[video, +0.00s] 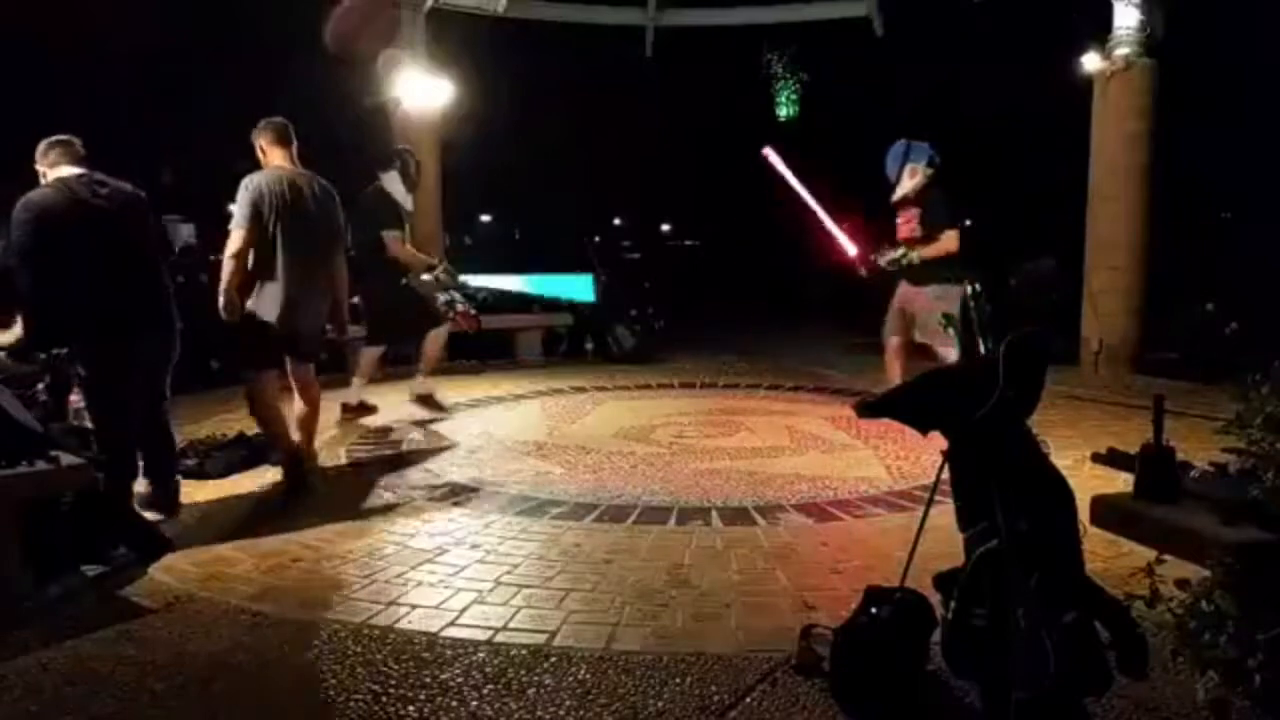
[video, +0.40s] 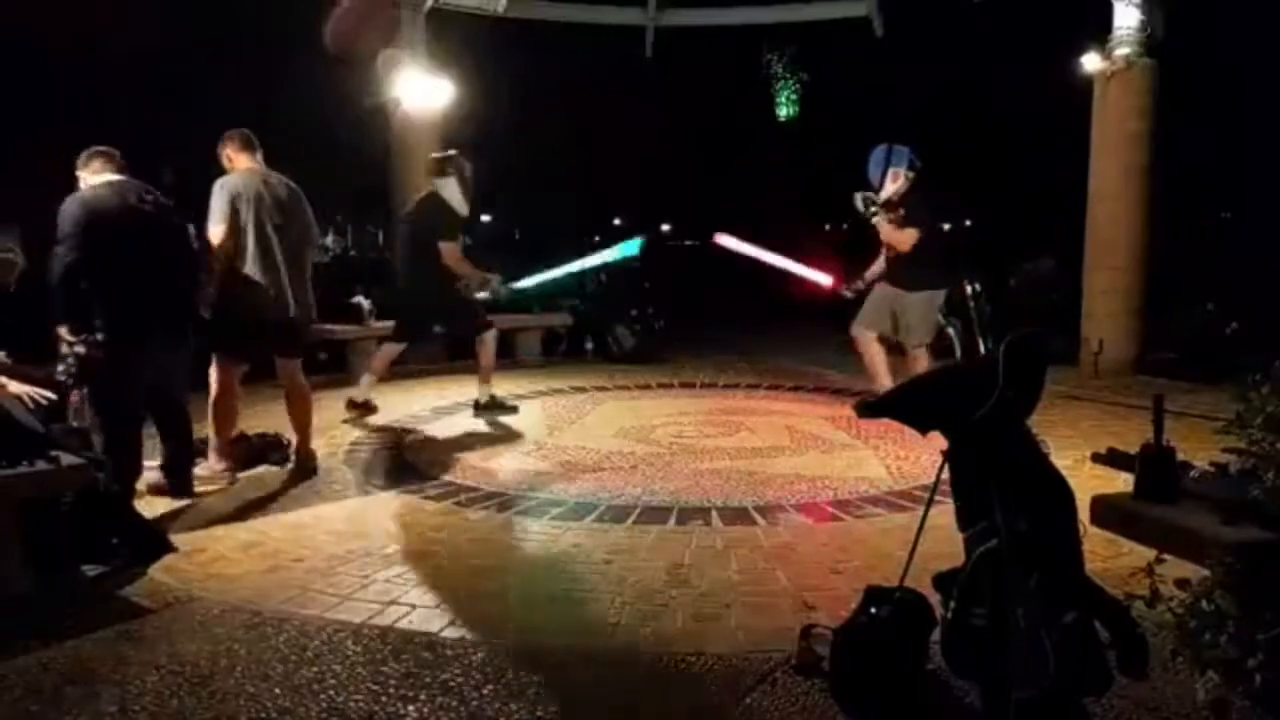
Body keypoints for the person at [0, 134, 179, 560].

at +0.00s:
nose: (39, 178)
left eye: (39, 172)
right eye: (41, 173)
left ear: (44, 170)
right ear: (84, 161)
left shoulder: (34, 206)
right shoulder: (130, 196)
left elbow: (25, 274)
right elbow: (158, 262)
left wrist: (30, 328)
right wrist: (162, 316)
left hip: (87, 329)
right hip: (145, 323)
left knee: (108, 421)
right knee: (152, 410)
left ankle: (113, 510)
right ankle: (164, 495)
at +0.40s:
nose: (78, 186)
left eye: (78, 179)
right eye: (79, 180)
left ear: (85, 175)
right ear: (120, 169)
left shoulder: (78, 205)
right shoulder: (155, 200)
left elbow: (66, 266)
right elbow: (187, 261)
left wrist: (65, 318)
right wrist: (183, 308)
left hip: (109, 325)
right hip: (164, 321)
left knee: (116, 417)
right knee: (171, 404)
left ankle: (119, 494)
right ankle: (179, 481)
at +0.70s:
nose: (108, 182)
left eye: (110, 176)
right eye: (109, 177)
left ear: (115, 172)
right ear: (146, 168)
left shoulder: (119, 193)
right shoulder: (172, 195)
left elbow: (99, 249)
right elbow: (188, 257)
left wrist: (83, 300)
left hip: (147, 313)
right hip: (187, 306)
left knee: (124, 385)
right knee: (178, 397)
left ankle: (161, 462)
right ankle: (178, 481)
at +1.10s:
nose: (127, 189)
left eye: (125, 181)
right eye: (125, 183)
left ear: (134, 169)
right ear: (158, 163)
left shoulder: (150, 198)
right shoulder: (189, 191)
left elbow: (128, 251)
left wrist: (111, 297)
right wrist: (134, 301)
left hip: (180, 315)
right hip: (204, 306)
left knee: (182, 405)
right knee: (178, 401)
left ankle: (199, 479)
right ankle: (175, 472)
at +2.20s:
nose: (130, 172)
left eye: (134, 163)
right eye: (129, 164)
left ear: (153, 161)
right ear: (157, 162)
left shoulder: (187, 194)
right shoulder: (174, 196)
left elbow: (185, 257)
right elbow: (179, 257)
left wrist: (170, 311)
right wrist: (159, 307)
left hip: (181, 315)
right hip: (171, 313)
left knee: (186, 399)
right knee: (180, 398)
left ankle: (197, 474)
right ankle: (191, 467)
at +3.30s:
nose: (105, 180)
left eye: (106, 171)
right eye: (103, 172)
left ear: (123, 167)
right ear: (138, 164)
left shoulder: (150, 206)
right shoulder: (170, 195)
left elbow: (151, 267)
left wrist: (140, 319)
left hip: (154, 316)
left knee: (169, 401)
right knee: (139, 390)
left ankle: (196, 476)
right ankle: (138, 457)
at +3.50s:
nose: (85, 188)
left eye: (86, 180)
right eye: (83, 181)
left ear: (106, 176)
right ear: (109, 175)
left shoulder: (144, 207)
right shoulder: (132, 205)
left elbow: (150, 266)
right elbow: (142, 264)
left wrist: (137, 317)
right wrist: (123, 311)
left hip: (139, 321)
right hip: (122, 320)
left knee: (163, 404)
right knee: (125, 396)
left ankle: (195, 474)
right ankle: (125, 461)